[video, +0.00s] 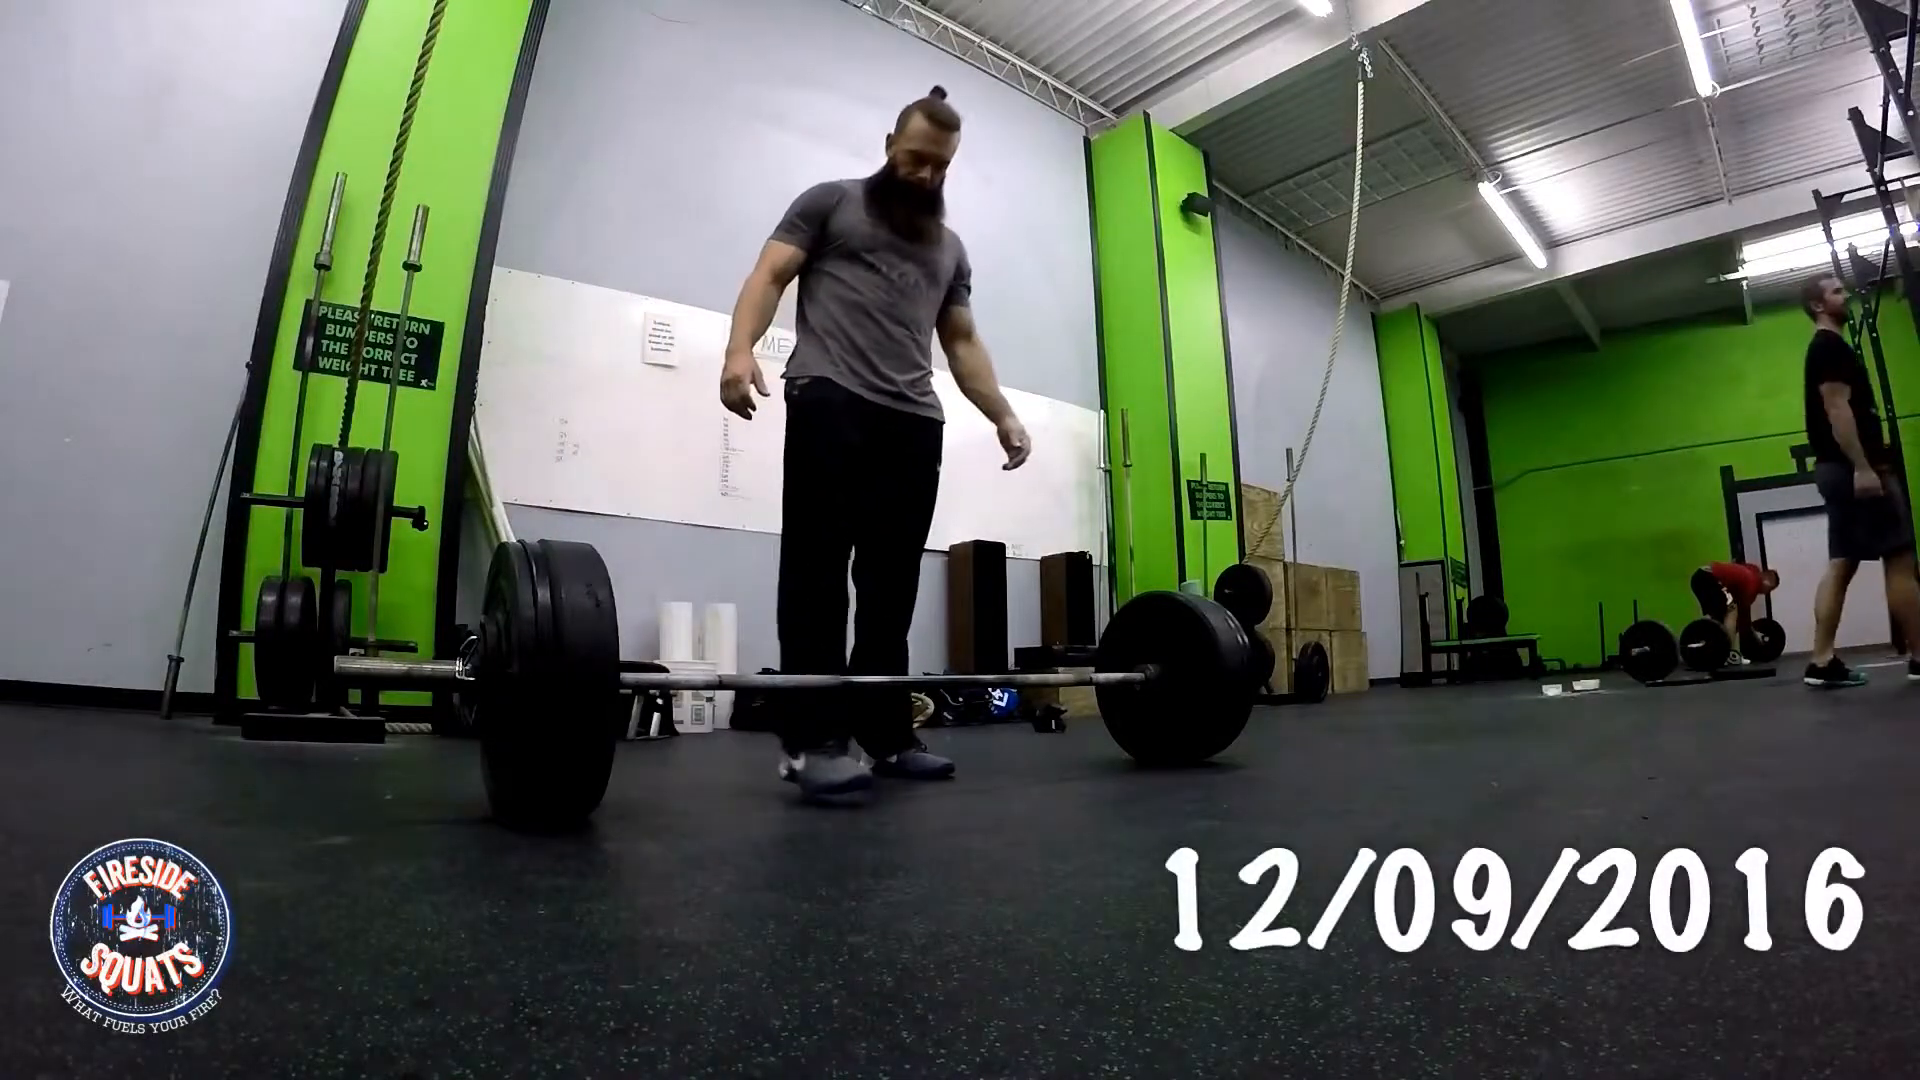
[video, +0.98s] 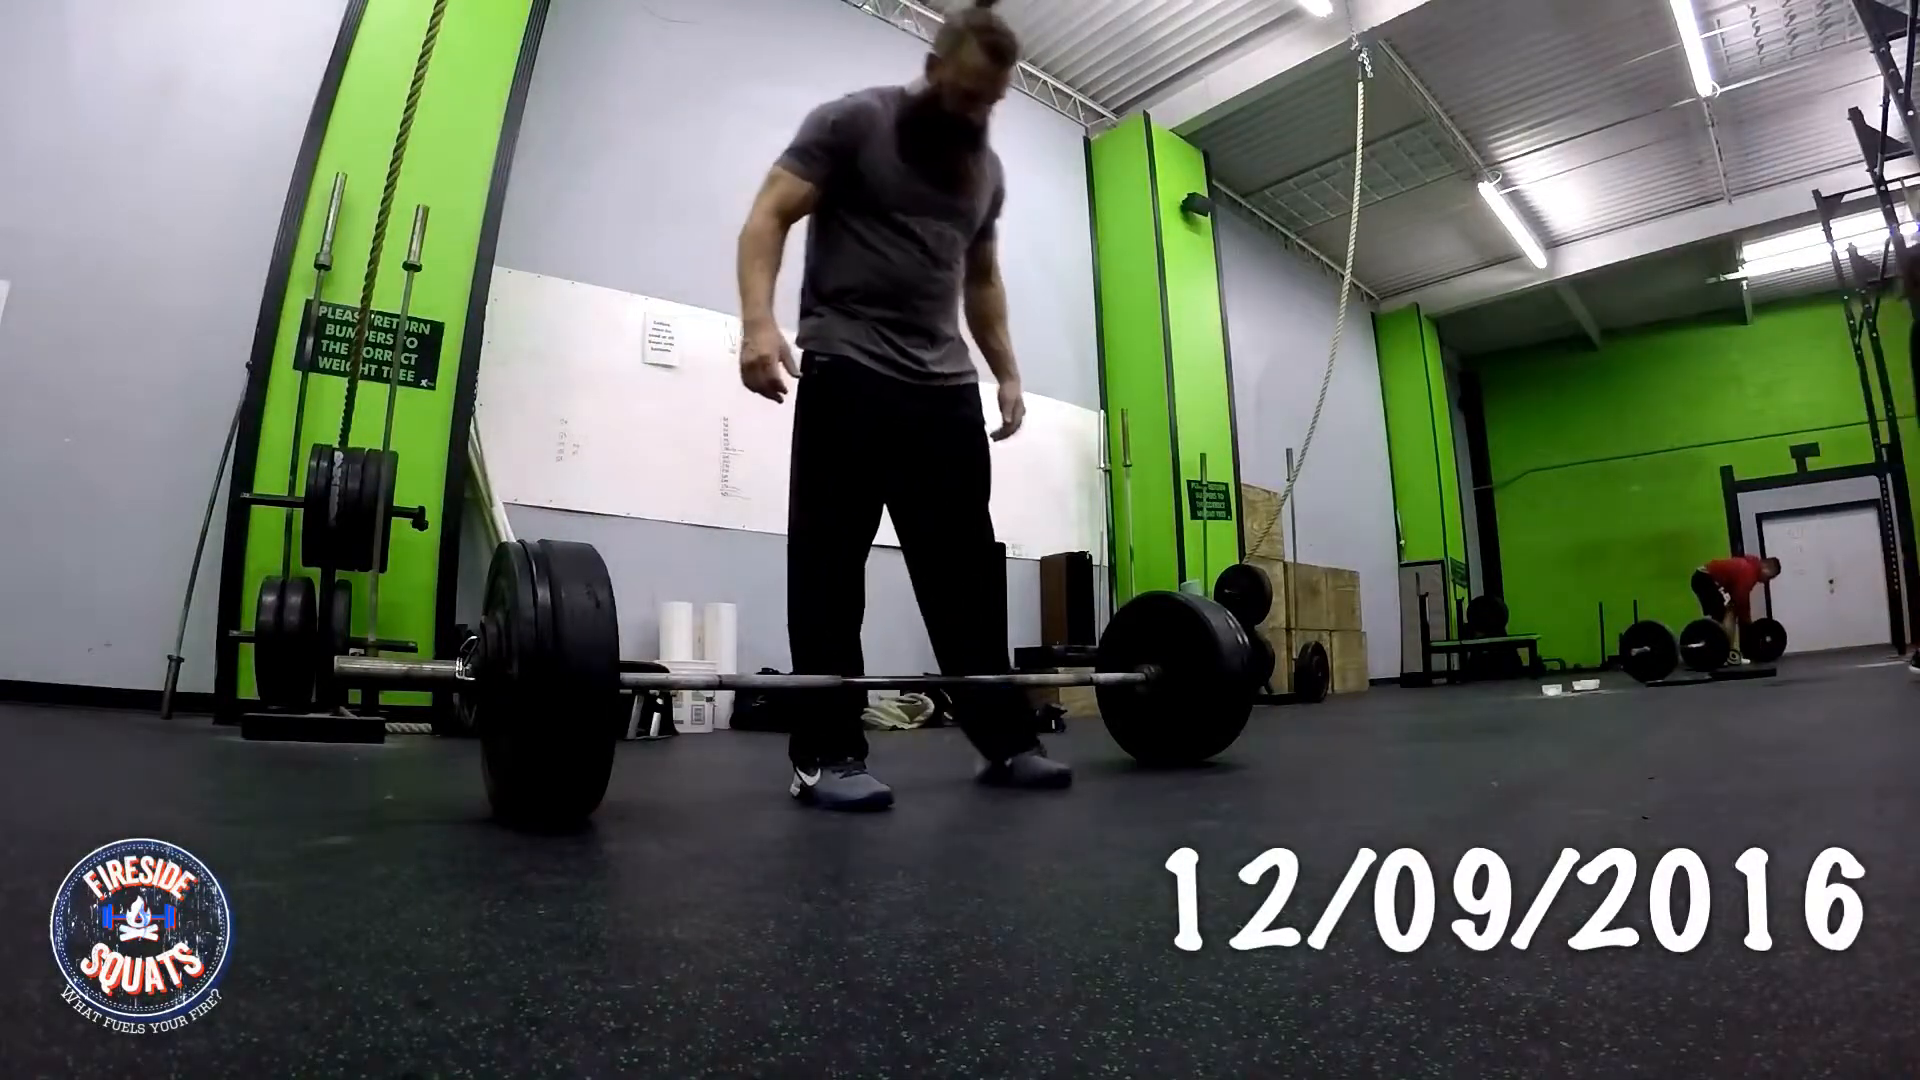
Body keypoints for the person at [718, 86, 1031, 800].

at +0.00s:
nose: (926, 174)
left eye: (939, 164)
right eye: (915, 158)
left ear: (951, 163)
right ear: (888, 146)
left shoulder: (949, 249)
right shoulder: (832, 202)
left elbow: (961, 341)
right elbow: (770, 275)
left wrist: (1003, 415)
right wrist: (739, 352)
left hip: (911, 420)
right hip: (828, 406)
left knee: (891, 582)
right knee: (814, 573)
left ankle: (885, 737)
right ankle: (812, 743)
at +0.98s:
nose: (976, 111)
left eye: (989, 98)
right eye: (966, 94)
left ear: (1003, 90)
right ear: (933, 68)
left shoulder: (985, 170)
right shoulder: (854, 122)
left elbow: (982, 279)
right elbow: (768, 217)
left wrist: (1007, 373)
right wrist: (758, 324)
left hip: (943, 387)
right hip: (845, 375)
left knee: (963, 565)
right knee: (827, 566)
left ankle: (1004, 745)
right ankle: (826, 758)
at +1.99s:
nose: (1019, 131)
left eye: (1035, 123)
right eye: (1012, 112)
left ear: (1052, 116)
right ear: (987, 78)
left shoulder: (1029, 195)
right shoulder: (901, 131)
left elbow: (1022, 300)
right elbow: (812, 212)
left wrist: (1043, 397)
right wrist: (786, 314)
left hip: (967, 392)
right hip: (869, 376)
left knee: (988, 566)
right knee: (841, 561)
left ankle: (1005, 747)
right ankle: (820, 756)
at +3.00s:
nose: (1022, 97)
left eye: (1037, 84)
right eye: (1012, 77)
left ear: (1049, 87)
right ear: (978, 64)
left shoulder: (1028, 187)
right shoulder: (902, 125)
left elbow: (1028, 293)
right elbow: (819, 212)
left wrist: (1062, 387)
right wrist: (815, 316)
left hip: (970, 393)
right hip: (872, 374)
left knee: (985, 570)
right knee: (844, 564)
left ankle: (1005, 747)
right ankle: (820, 757)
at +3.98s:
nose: (956, 47)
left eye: (962, 43)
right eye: (937, 39)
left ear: (966, 74)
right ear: (897, 65)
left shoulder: (994, 173)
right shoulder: (865, 129)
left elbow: (1027, 274)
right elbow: (820, 216)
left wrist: (1090, 338)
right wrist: (829, 292)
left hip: (981, 387)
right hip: (883, 372)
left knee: (986, 569)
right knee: (851, 564)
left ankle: (1001, 746)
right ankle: (822, 758)